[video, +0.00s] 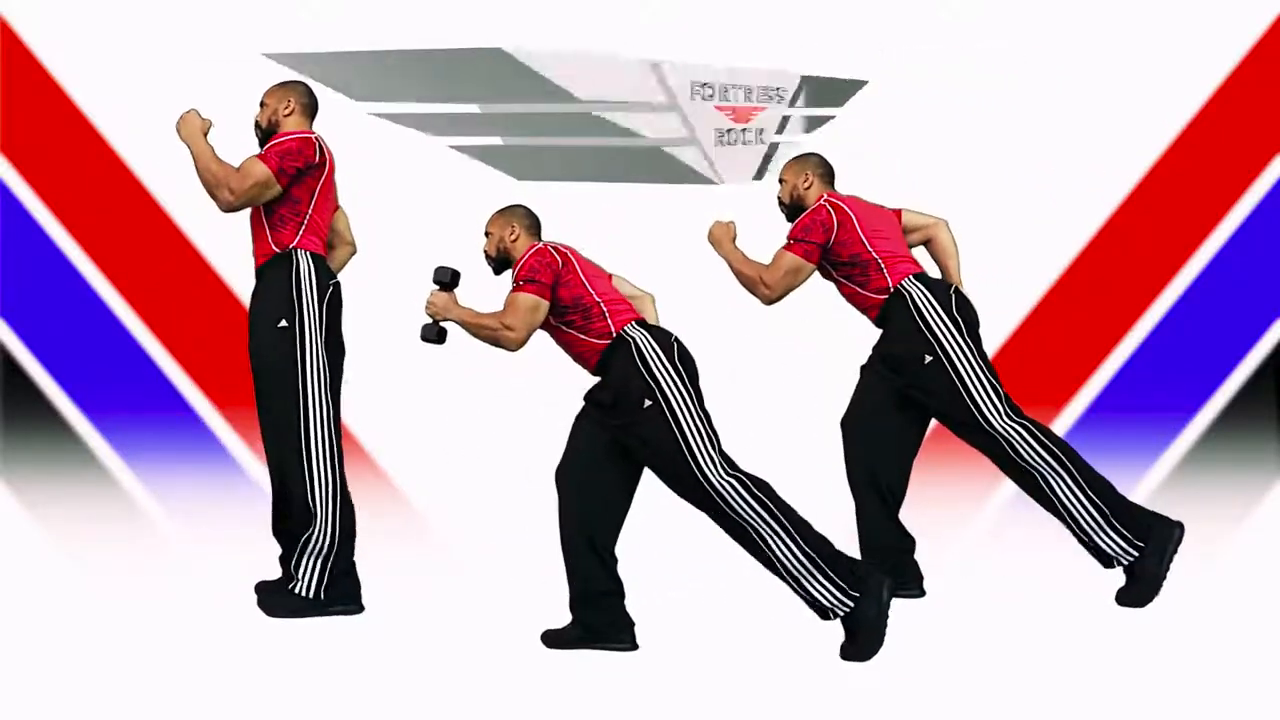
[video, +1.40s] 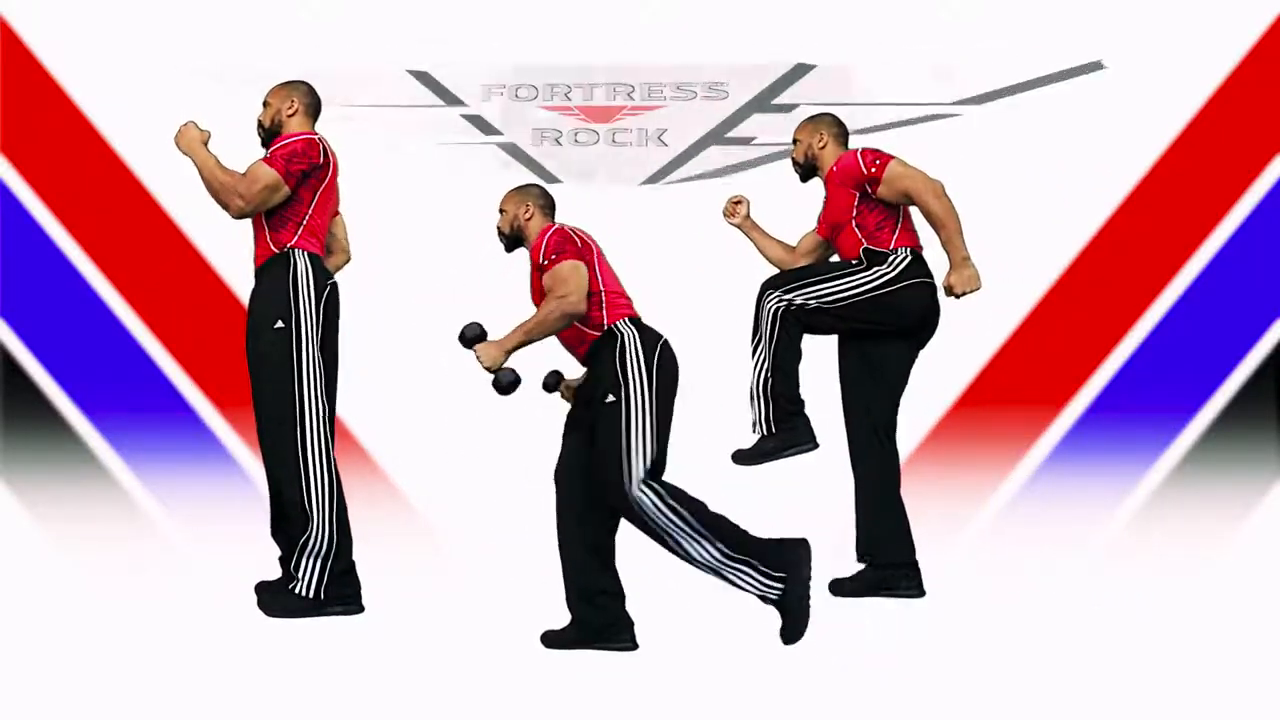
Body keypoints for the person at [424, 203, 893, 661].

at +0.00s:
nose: (484, 246)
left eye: (489, 235)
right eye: (485, 238)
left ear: (515, 231)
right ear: (525, 236)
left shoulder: (540, 258)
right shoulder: (562, 264)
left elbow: (512, 332)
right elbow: (641, 303)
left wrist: (454, 312)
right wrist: (651, 367)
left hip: (644, 360)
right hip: (621, 376)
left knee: (713, 482)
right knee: (581, 485)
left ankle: (851, 594)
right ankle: (602, 623)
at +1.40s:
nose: (498, 223)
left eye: (502, 212)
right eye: (498, 215)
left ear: (527, 210)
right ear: (531, 212)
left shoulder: (557, 238)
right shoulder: (542, 260)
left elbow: (569, 299)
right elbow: (602, 328)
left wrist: (505, 345)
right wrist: (584, 376)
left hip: (630, 353)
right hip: (604, 371)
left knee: (634, 487)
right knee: (577, 489)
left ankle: (778, 569)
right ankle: (601, 621)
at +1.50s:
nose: (511, 208)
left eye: (516, 198)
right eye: (511, 200)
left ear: (540, 196)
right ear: (542, 197)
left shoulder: (567, 222)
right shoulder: (559, 246)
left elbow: (599, 277)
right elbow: (583, 340)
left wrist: (549, 339)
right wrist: (549, 358)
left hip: (624, 341)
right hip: (607, 353)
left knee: (556, 455)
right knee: (588, 481)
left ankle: (663, 557)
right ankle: (600, 620)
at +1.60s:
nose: (521, 196)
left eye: (526, 186)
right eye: (522, 188)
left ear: (549, 184)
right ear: (553, 185)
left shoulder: (578, 211)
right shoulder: (566, 239)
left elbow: (626, 258)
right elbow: (576, 324)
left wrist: (592, 326)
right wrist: (511, 322)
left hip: (612, 343)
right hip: (616, 356)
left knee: (508, 398)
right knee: (591, 486)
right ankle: (603, 619)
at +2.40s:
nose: (526, 192)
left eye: (531, 182)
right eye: (526, 184)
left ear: (556, 181)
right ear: (557, 182)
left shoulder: (581, 211)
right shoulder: (569, 235)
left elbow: (612, 267)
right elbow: (578, 322)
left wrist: (566, 331)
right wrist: (525, 328)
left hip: (614, 333)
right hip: (612, 342)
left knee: (534, 429)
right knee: (589, 479)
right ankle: (601, 621)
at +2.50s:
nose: (517, 202)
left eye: (521, 192)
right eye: (516, 194)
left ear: (546, 188)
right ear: (549, 190)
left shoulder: (575, 220)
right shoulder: (559, 241)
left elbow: (587, 287)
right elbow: (595, 326)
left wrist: (517, 325)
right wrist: (551, 355)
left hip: (622, 341)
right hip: (598, 355)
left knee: (601, 470)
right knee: (577, 480)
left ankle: (733, 558)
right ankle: (602, 619)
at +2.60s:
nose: (505, 211)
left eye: (510, 201)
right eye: (506, 202)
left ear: (534, 196)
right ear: (541, 200)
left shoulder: (562, 226)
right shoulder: (567, 239)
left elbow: (557, 297)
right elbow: (608, 321)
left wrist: (484, 311)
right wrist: (588, 372)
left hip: (626, 345)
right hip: (605, 361)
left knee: (664, 478)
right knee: (581, 493)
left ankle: (808, 562)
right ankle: (602, 621)